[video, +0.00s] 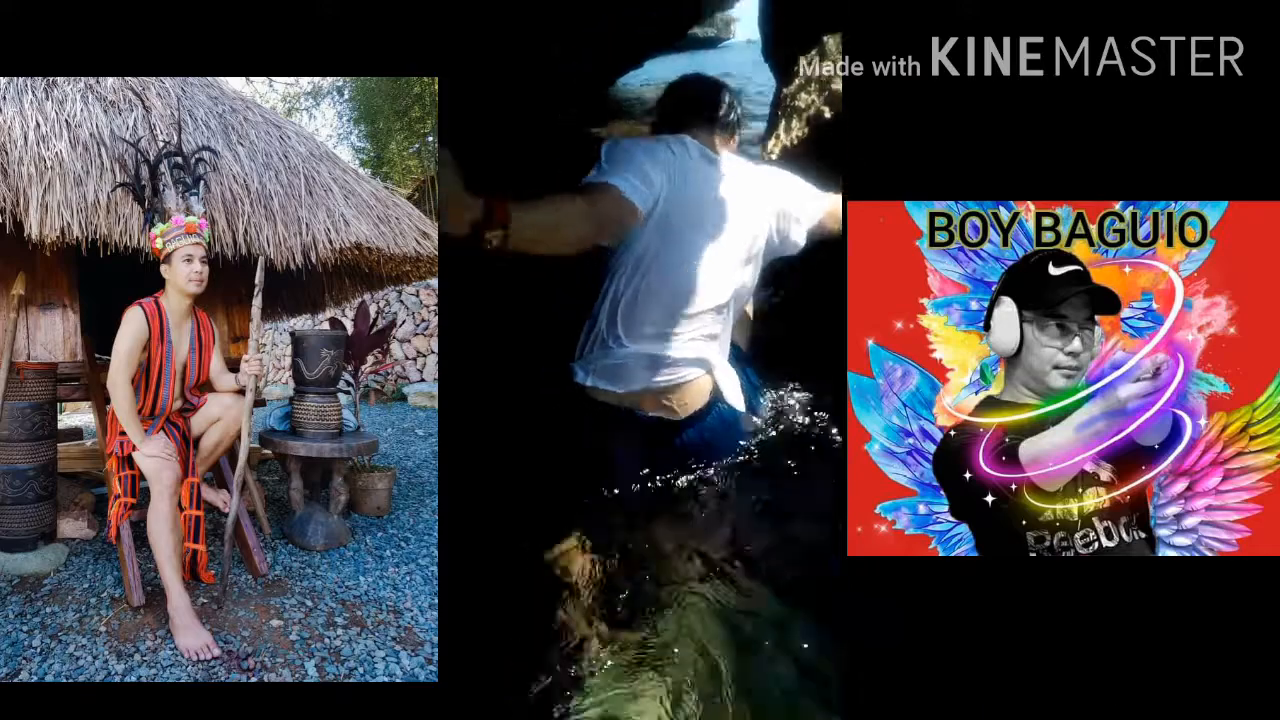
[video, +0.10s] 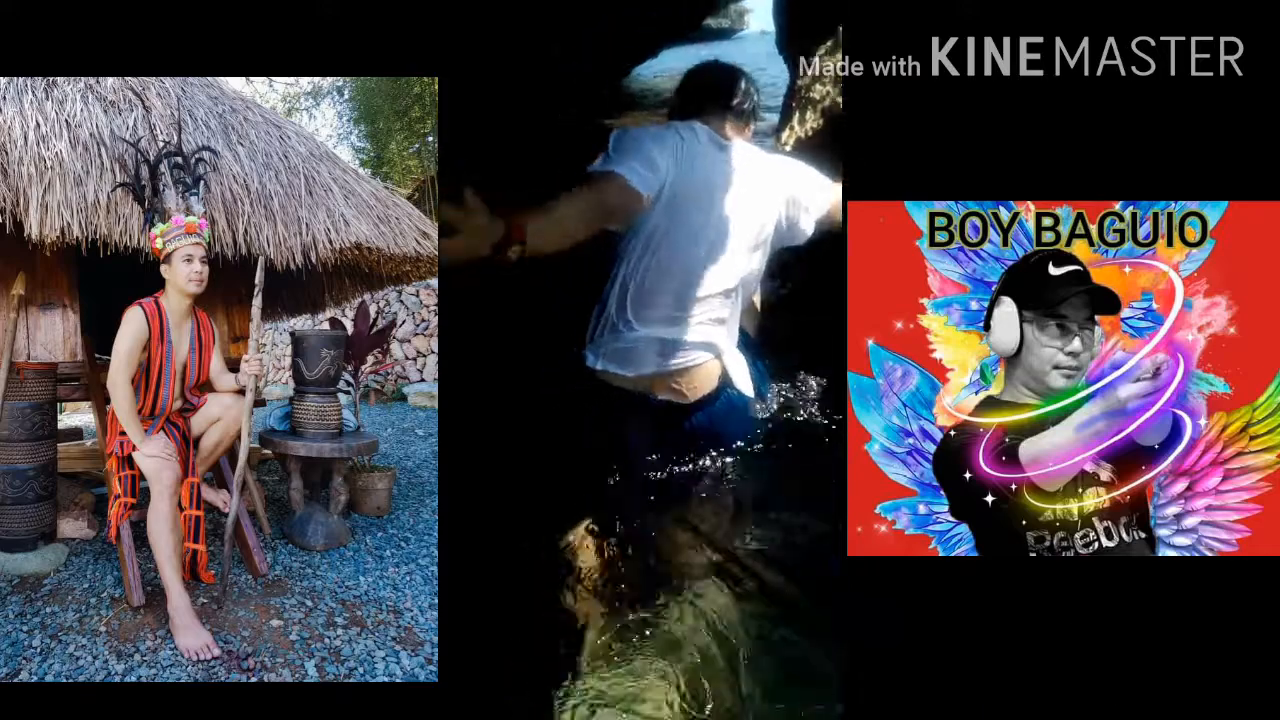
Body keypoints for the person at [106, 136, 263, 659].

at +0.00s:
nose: (198, 269)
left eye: (203, 260)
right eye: (187, 261)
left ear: (207, 267)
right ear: (164, 267)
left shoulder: (205, 322)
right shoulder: (142, 316)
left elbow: (220, 380)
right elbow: (117, 380)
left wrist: (242, 380)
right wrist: (138, 439)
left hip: (181, 419)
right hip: (141, 425)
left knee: (237, 407)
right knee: (169, 476)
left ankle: (191, 478)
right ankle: (179, 605)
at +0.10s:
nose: (198, 269)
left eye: (203, 260)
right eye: (187, 261)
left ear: (207, 267)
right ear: (164, 267)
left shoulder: (205, 322)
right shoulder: (142, 316)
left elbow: (220, 380)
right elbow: (117, 380)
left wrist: (242, 380)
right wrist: (138, 439)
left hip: (181, 419)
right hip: (141, 425)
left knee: (237, 407)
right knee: (169, 476)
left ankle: (191, 478)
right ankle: (179, 605)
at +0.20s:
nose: (198, 268)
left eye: (203, 260)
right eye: (187, 261)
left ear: (207, 267)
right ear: (164, 267)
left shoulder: (205, 323)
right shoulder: (142, 316)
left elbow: (220, 381)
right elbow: (117, 380)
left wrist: (244, 380)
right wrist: (139, 440)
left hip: (181, 419)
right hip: (141, 425)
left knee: (238, 407)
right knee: (169, 477)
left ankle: (191, 478)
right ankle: (179, 607)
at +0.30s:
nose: (198, 269)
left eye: (203, 260)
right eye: (187, 261)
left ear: (207, 267)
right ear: (164, 267)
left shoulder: (205, 322)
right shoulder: (142, 316)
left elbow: (220, 380)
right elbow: (117, 380)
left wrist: (242, 380)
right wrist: (138, 439)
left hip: (181, 419)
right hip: (141, 425)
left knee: (237, 407)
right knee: (169, 476)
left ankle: (191, 478)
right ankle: (179, 605)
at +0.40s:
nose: (198, 268)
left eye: (203, 260)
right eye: (187, 261)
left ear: (207, 266)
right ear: (164, 267)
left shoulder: (206, 323)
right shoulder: (142, 316)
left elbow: (221, 382)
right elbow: (117, 380)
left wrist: (244, 380)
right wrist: (138, 439)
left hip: (180, 420)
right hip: (140, 424)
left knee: (238, 406)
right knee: (169, 477)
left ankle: (191, 478)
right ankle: (179, 607)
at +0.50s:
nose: (198, 268)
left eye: (203, 260)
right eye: (187, 261)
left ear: (207, 266)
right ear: (164, 267)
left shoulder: (206, 323)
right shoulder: (142, 316)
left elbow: (221, 382)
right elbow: (117, 380)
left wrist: (244, 380)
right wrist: (138, 439)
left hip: (180, 420)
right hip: (140, 424)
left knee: (238, 406)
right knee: (169, 477)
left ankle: (191, 478)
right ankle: (179, 607)